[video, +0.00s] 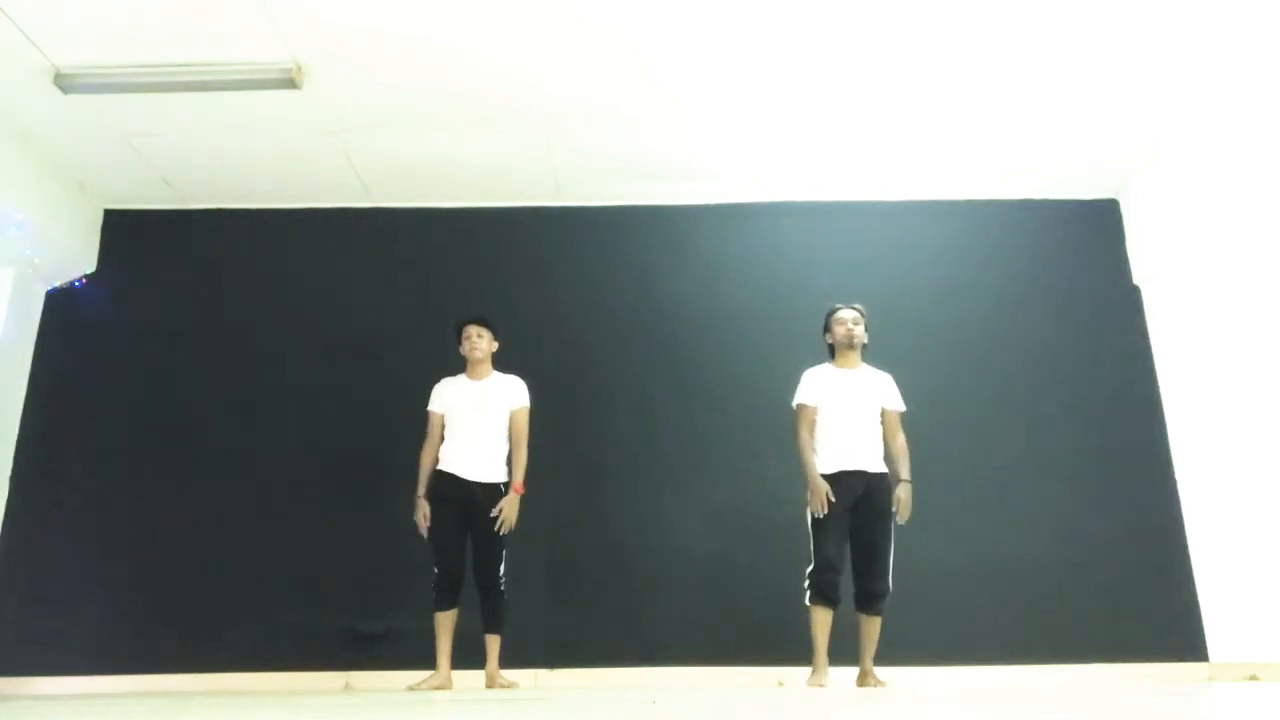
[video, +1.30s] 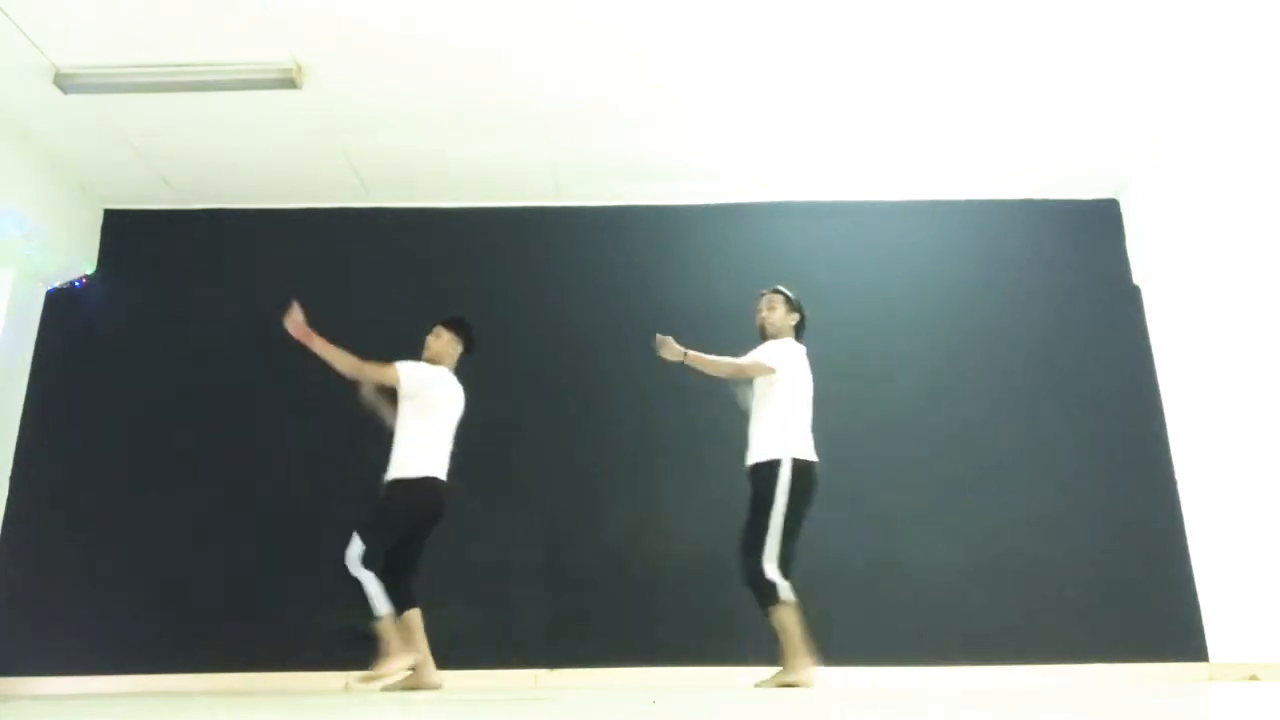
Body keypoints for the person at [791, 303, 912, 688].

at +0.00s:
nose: (851, 327)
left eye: (857, 322)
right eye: (842, 322)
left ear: (866, 333)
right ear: (828, 334)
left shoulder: (882, 380)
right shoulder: (815, 377)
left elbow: (895, 436)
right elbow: (804, 433)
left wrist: (904, 480)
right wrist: (813, 479)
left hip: (876, 484)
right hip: (830, 483)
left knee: (875, 576)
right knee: (826, 573)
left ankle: (867, 670)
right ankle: (820, 667)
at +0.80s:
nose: (828, 325)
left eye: (834, 319)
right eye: (820, 321)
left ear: (846, 330)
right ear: (809, 334)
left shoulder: (866, 376)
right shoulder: (797, 376)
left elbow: (892, 426)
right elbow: (782, 428)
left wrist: (864, 436)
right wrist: (771, 471)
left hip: (857, 483)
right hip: (810, 483)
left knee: (867, 574)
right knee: (808, 569)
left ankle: (863, 670)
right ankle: (813, 665)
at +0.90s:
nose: (815, 324)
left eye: (822, 318)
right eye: (808, 320)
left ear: (837, 328)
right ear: (800, 333)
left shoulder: (855, 368)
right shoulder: (791, 378)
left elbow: (878, 397)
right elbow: (781, 438)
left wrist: (829, 388)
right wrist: (762, 483)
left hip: (852, 482)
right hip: (805, 484)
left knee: (864, 576)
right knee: (795, 567)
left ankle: (863, 669)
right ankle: (807, 660)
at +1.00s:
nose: (800, 324)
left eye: (807, 317)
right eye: (793, 319)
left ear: (825, 326)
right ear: (787, 330)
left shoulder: (843, 362)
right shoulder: (784, 372)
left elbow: (837, 359)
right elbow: (789, 431)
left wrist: (804, 356)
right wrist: (781, 485)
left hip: (843, 477)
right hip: (797, 480)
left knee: (859, 573)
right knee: (784, 564)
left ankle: (865, 669)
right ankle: (799, 661)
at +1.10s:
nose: (783, 322)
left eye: (792, 315)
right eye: (779, 317)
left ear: (813, 324)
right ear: (776, 327)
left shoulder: (823, 356)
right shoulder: (784, 367)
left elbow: (787, 351)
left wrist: (765, 362)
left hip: (826, 473)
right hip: (784, 477)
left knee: (848, 575)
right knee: (779, 573)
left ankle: (872, 663)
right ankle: (799, 666)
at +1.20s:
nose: (771, 320)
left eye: (780, 313)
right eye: (768, 316)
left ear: (801, 323)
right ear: (767, 326)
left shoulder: (804, 356)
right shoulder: (780, 365)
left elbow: (761, 367)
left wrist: (716, 357)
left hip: (805, 471)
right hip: (773, 474)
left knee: (813, 574)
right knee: (768, 573)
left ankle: (859, 647)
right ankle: (797, 668)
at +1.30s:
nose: (762, 312)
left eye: (772, 306)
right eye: (760, 307)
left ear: (793, 317)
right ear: (759, 319)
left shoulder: (788, 350)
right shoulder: (774, 356)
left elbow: (736, 368)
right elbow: (755, 406)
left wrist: (682, 353)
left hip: (787, 462)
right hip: (771, 464)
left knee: (767, 562)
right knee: (758, 563)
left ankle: (800, 664)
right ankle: (795, 664)